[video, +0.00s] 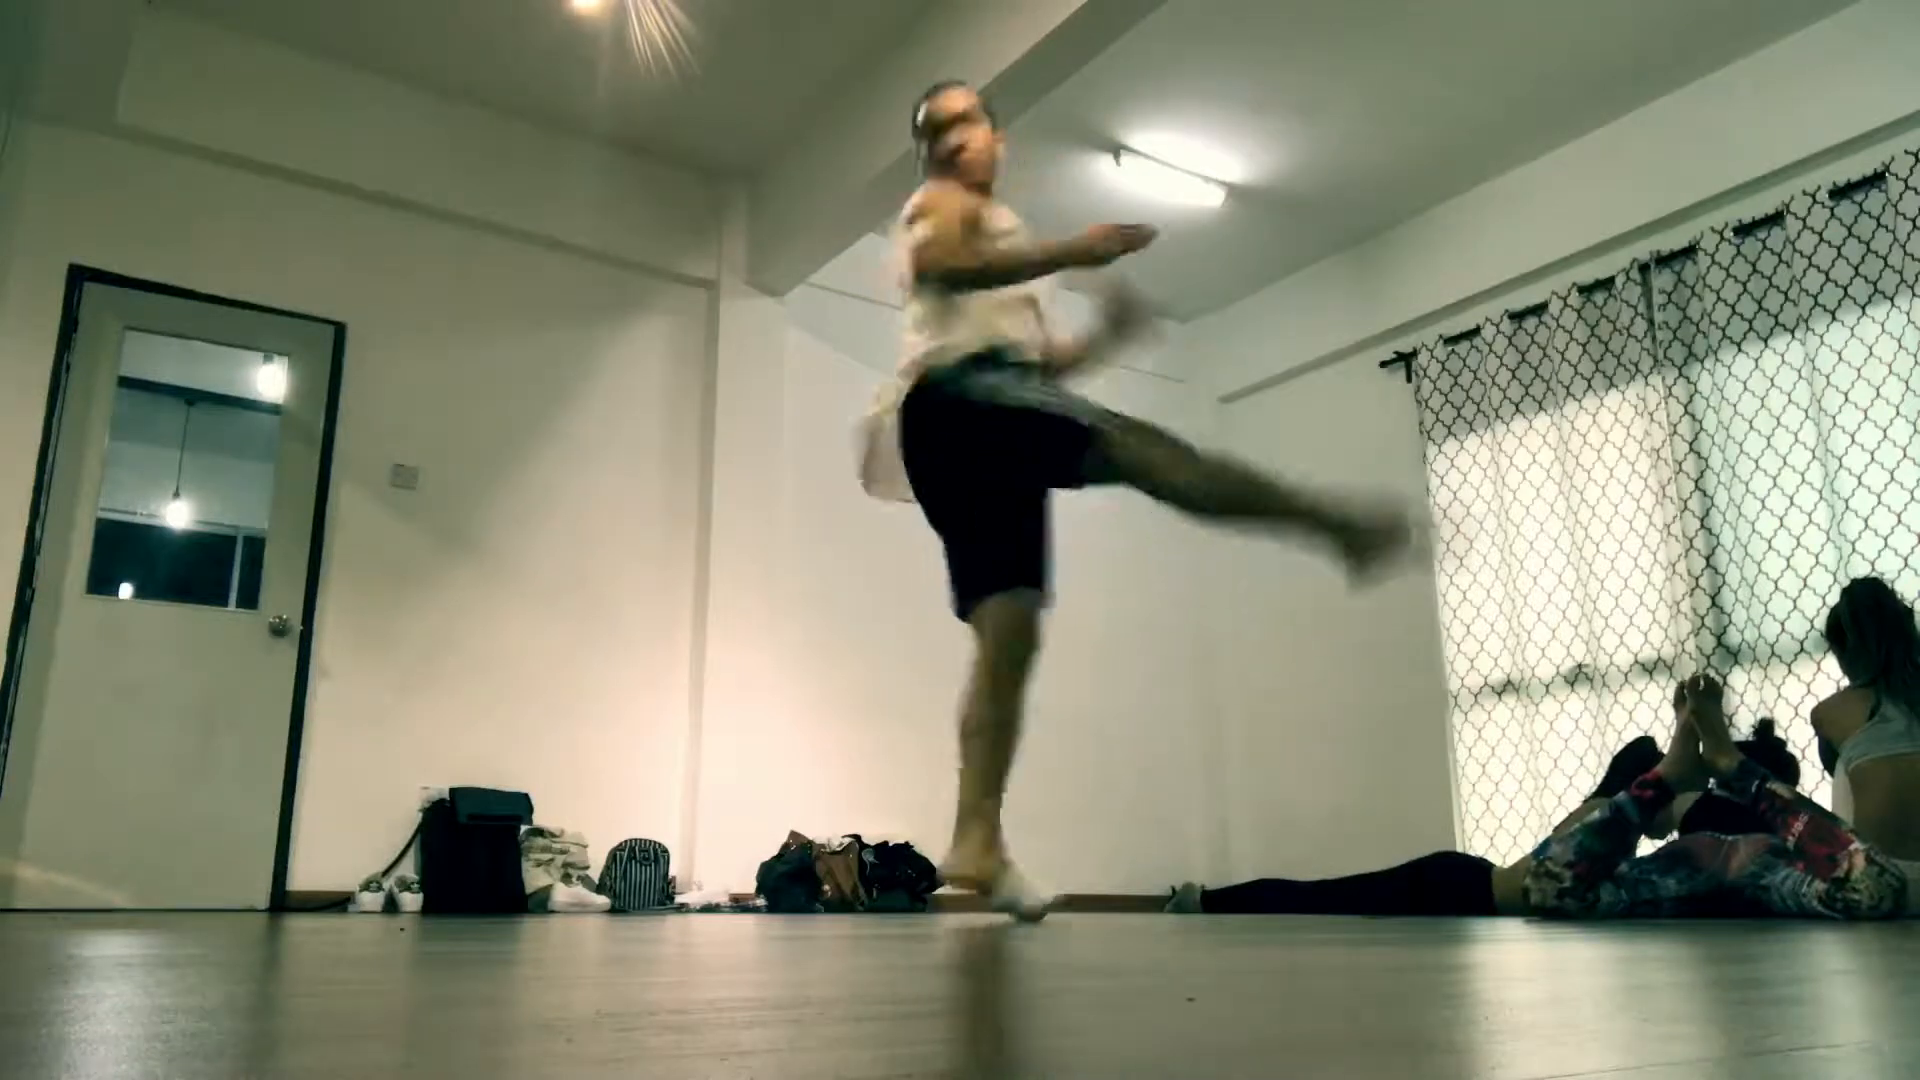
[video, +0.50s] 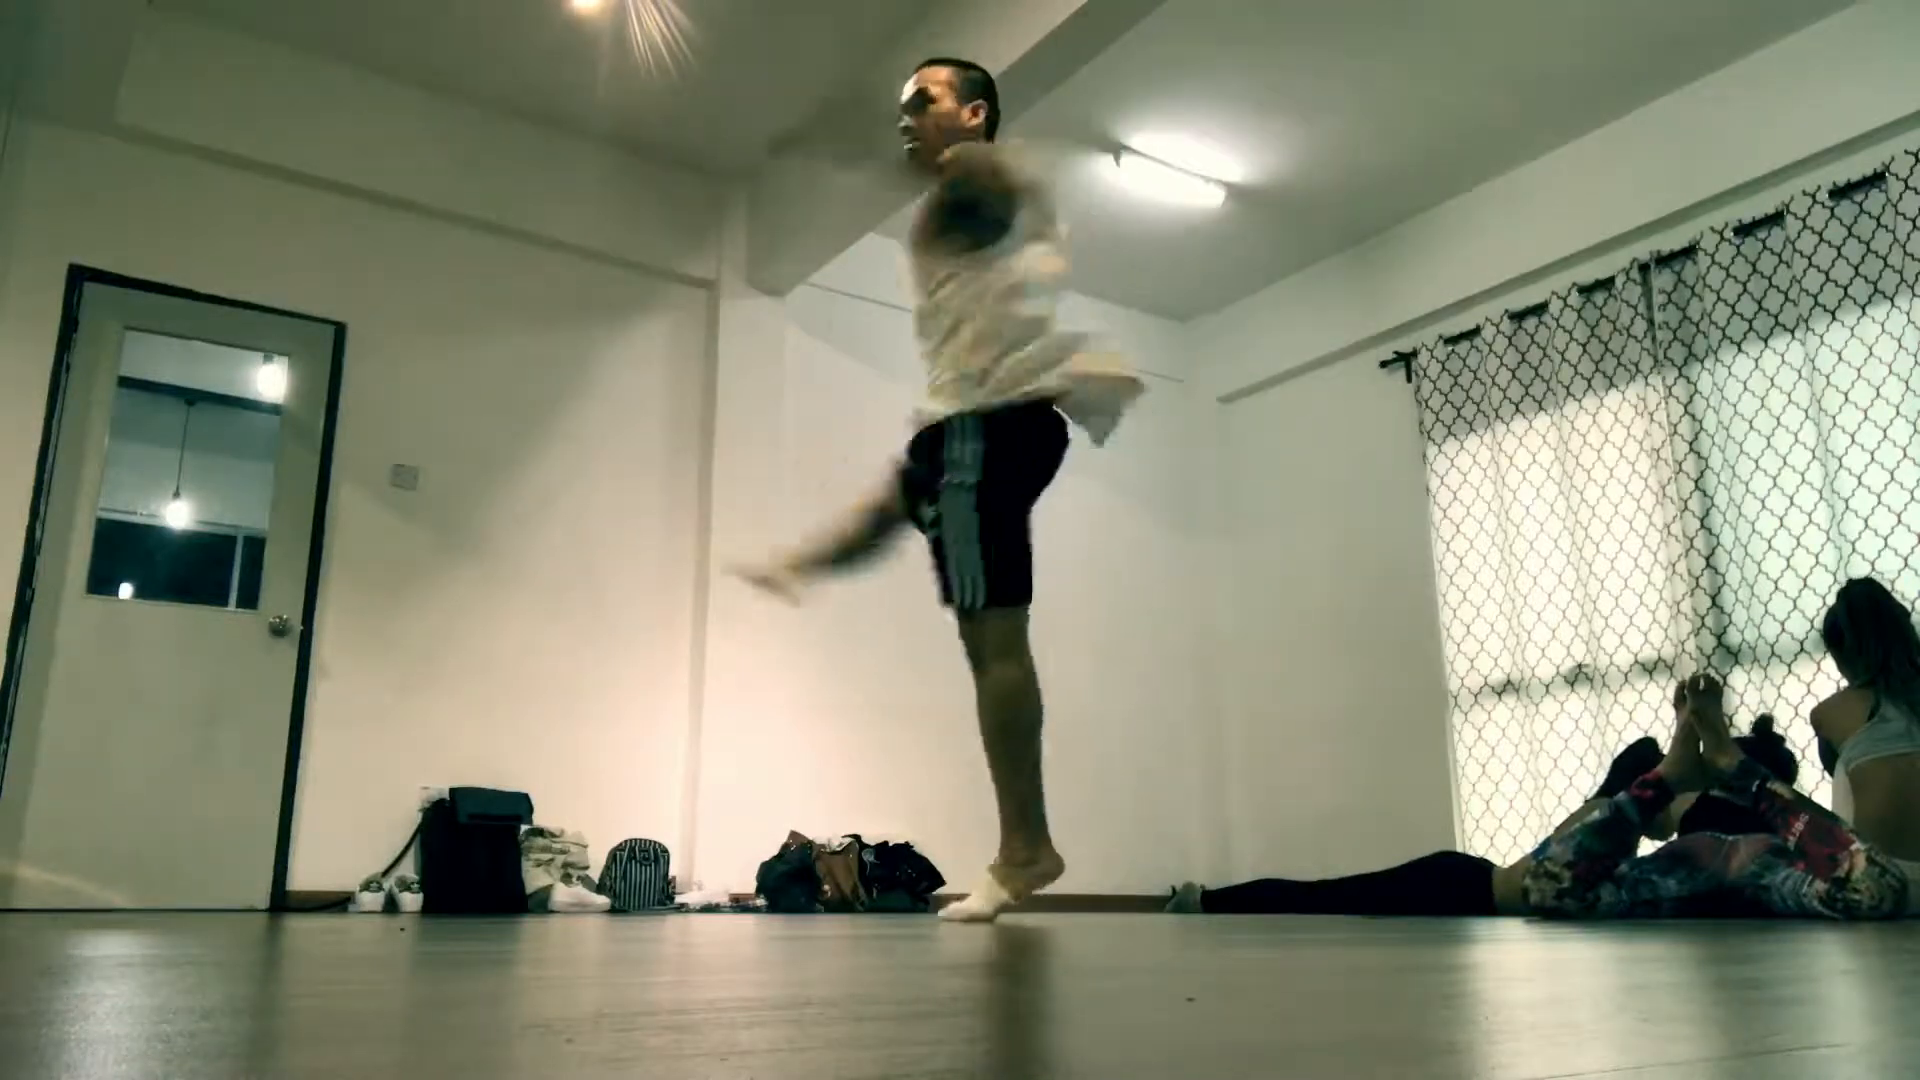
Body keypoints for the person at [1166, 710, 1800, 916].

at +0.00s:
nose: (1676, 793)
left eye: (1670, 781)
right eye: (1671, 782)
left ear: (1630, 777)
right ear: (1647, 783)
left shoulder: (1618, 818)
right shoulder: (1619, 825)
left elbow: (1668, 794)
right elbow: (1671, 796)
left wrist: (1699, 743)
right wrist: (1696, 742)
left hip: (1473, 879)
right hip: (1470, 888)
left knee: (1335, 893)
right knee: (1331, 897)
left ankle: (1211, 896)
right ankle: (1204, 900)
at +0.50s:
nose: (1676, 776)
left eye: (1676, 768)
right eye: (1672, 769)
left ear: (1656, 779)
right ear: (1653, 781)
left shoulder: (1628, 814)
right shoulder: (1623, 815)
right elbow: (1670, 800)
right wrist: (1695, 736)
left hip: (1479, 882)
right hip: (1472, 883)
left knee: (1338, 895)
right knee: (1333, 896)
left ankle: (1213, 898)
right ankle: (1207, 899)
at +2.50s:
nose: (1682, 726)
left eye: (1698, 724)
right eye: (1689, 718)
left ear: (1720, 740)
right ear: (1704, 733)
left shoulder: (1702, 802)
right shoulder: (1652, 781)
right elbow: (1645, 790)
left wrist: (1690, 721)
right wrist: (1681, 718)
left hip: (1497, 889)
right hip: (1488, 880)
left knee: (1340, 900)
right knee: (1336, 895)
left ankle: (1212, 902)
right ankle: (1208, 900)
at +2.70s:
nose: (1669, 717)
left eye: (1683, 712)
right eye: (1670, 708)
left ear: (1715, 732)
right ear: (1690, 727)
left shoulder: (1725, 798)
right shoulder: (1642, 775)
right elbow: (1642, 793)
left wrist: (1708, 728)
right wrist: (1683, 722)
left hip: (1500, 892)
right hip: (1486, 881)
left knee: (1340, 901)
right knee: (1334, 895)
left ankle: (1212, 902)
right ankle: (1205, 901)